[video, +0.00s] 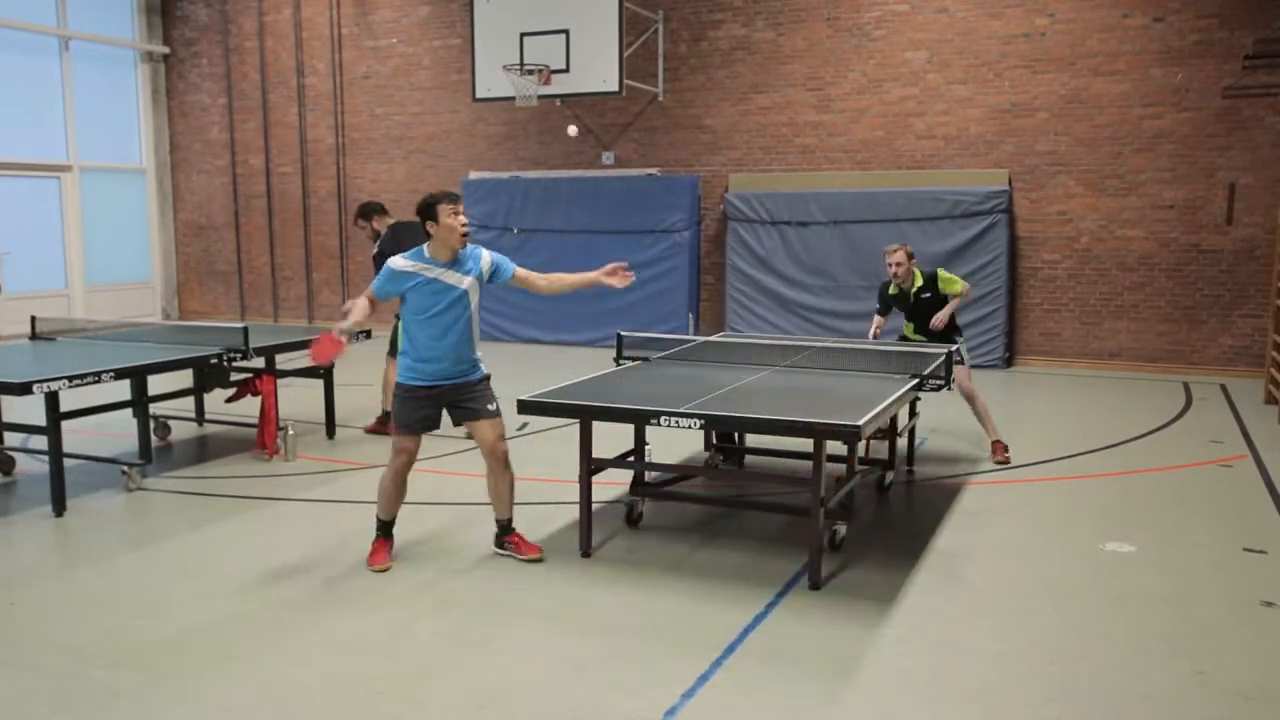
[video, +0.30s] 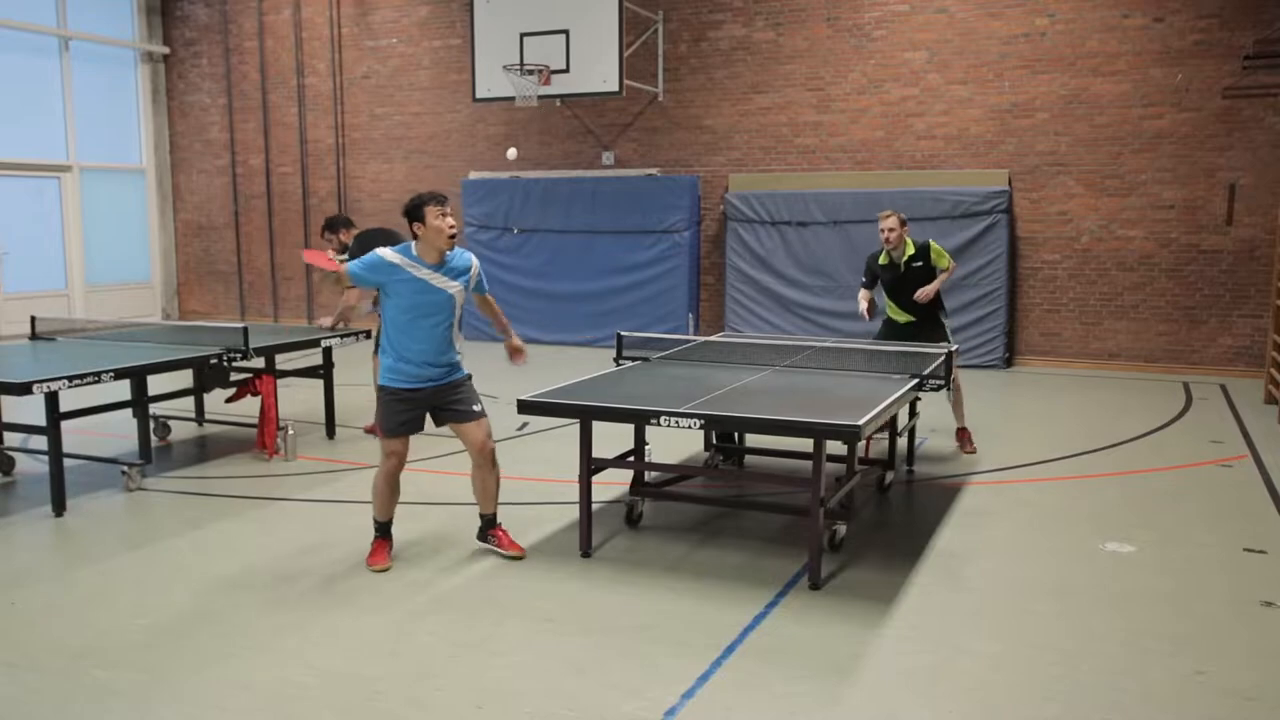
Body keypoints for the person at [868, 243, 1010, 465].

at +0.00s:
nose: (893, 271)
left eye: (898, 265)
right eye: (890, 266)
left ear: (912, 264)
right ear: (886, 267)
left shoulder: (934, 278)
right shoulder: (888, 290)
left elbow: (965, 290)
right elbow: (881, 314)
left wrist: (946, 311)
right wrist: (876, 326)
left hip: (947, 339)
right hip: (912, 339)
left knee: (965, 387)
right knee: (889, 378)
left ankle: (996, 442)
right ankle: (887, 425)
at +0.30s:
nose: (886, 236)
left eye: (891, 231)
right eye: (882, 231)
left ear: (905, 231)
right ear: (878, 234)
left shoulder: (926, 249)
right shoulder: (876, 261)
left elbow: (950, 267)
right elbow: (866, 290)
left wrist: (933, 286)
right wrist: (864, 302)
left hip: (928, 322)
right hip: (895, 324)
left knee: (951, 374)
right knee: (874, 368)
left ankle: (962, 430)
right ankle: (887, 417)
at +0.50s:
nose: (890, 242)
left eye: (895, 236)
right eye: (886, 237)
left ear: (908, 238)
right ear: (883, 240)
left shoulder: (928, 260)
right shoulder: (878, 268)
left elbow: (956, 281)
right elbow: (859, 297)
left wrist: (935, 300)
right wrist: (859, 310)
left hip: (925, 332)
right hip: (890, 333)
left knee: (945, 382)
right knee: (873, 381)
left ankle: (958, 432)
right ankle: (865, 433)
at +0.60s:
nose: (890, 232)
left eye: (896, 227)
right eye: (887, 227)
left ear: (909, 228)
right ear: (884, 230)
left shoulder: (928, 249)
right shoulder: (878, 258)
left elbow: (953, 273)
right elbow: (860, 287)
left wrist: (934, 291)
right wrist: (857, 305)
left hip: (924, 325)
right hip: (889, 325)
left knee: (945, 377)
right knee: (866, 373)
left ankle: (959, 429)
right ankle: (863, 432)